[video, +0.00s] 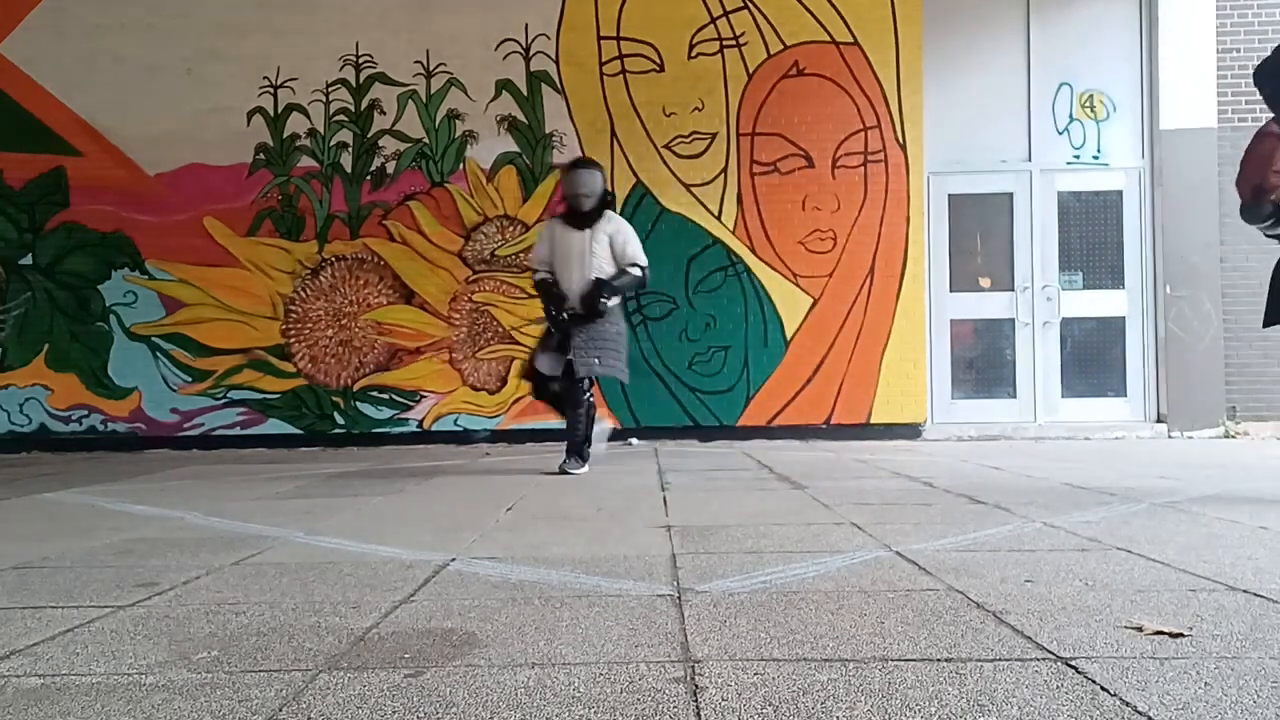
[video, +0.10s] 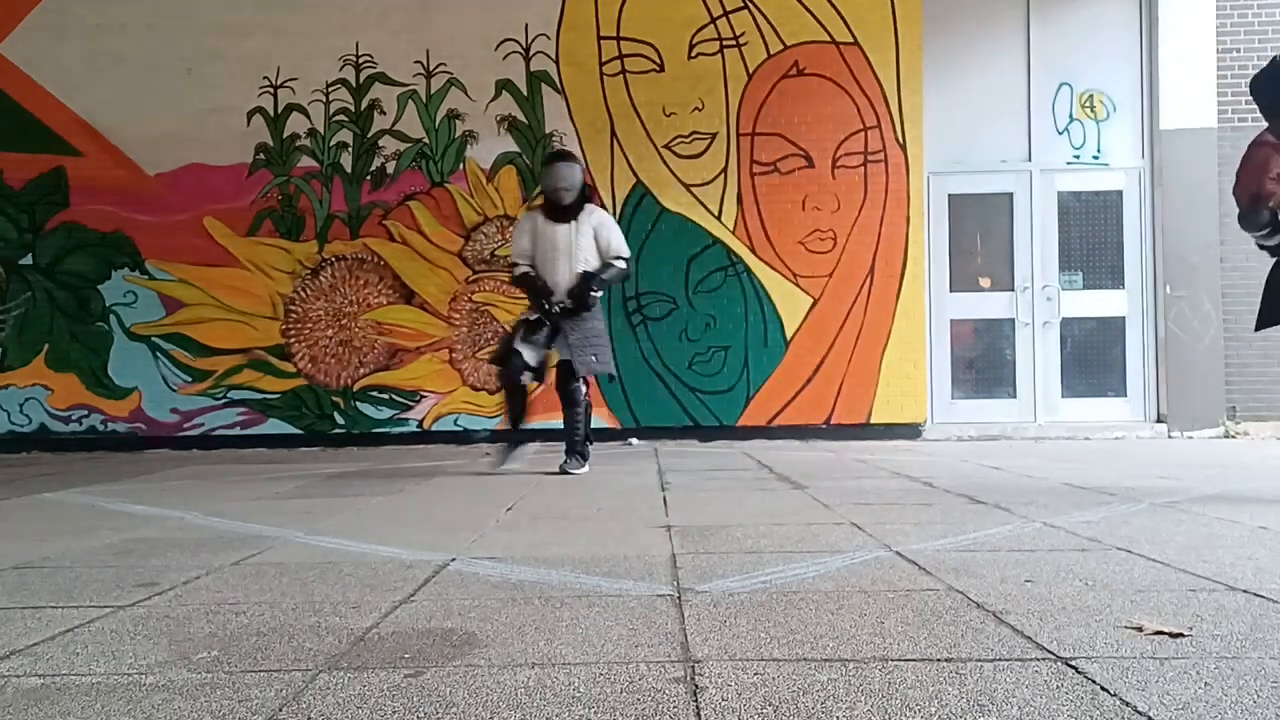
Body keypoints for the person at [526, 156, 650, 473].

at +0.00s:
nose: (582, 197)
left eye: (589, 190)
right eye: (576, 190)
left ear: (601, 190)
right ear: (566, 192)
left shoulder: (615, 226)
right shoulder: (553, 228)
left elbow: (639, 270)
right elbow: (541, 269)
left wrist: (606, 288)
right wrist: (552, 295)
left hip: (598, 320)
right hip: (563, 320)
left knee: (578, 385)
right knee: (542, 382)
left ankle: (576, 455)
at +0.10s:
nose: (561, 196)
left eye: (567, 189)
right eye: (554, 190)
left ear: (581, 186)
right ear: (545, 188)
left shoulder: (597, 219)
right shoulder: (530, 221)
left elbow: (621, 262)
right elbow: (519, 265)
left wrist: (594, 283)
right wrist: (533, 284)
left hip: (581, 314)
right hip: (543, 313)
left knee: (571, 382)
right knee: (512, 368)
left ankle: (576, 453)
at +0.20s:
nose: (544, 199)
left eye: (549, 192)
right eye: (537, 193)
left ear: (560, 189)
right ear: (524, 191)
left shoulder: (578, 221)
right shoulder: (508, 223)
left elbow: (598, 264)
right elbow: (500, 271)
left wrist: (577, 285)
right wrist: (533, 299)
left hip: (564, 315)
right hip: (521, 312)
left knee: (562, 387)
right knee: (487, 373)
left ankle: (575, 454)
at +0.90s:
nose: (398, 190)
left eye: (398, 182)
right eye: (393, 183)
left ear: (361, 184)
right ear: (374, 185)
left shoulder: (344, 212)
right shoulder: (360, 216)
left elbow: (353, 275)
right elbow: (370, 274)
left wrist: (393, 288)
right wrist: (411, 278)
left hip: (328, 316)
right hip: (350, 317)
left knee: (323, 395)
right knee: (390, 386)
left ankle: (272, 457)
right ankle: (405, 461)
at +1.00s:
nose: (368, 193)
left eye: (368, 184)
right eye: (364, 184)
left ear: (330, 185)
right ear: (347, 186)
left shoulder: (308, 220)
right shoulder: (340, 219)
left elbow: (321, 284)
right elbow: (353, 278)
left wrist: (367, 289)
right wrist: (390, 284)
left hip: (293, 318)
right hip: (320, 321)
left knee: (308, 395)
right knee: (372, 374)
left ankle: (266, 462)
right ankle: (378, 457)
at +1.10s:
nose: (346, 188)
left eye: (345, 180)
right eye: (342, 180)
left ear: (303, 178)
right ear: (327, 181)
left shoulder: (277, 214)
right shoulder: (325, 218)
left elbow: (264, 272)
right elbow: (332, 278)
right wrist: (359, 290)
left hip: (268, 313)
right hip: (301, 317)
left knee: (293, 389)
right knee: (342, 375)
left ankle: (264, 462)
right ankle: (318, 452)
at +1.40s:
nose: (301, 178)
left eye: (300, 170)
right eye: (296, 171)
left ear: (251, 173)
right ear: (282, 174)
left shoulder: (223, 209)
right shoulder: (288, 217)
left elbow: (194, 260)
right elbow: (299, 279)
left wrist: (230, 278)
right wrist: (292, 320)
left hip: (220, 310)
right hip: (258, 313)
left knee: (240, 389)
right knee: (268, 394)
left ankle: (233, 465)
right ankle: (213, 468)